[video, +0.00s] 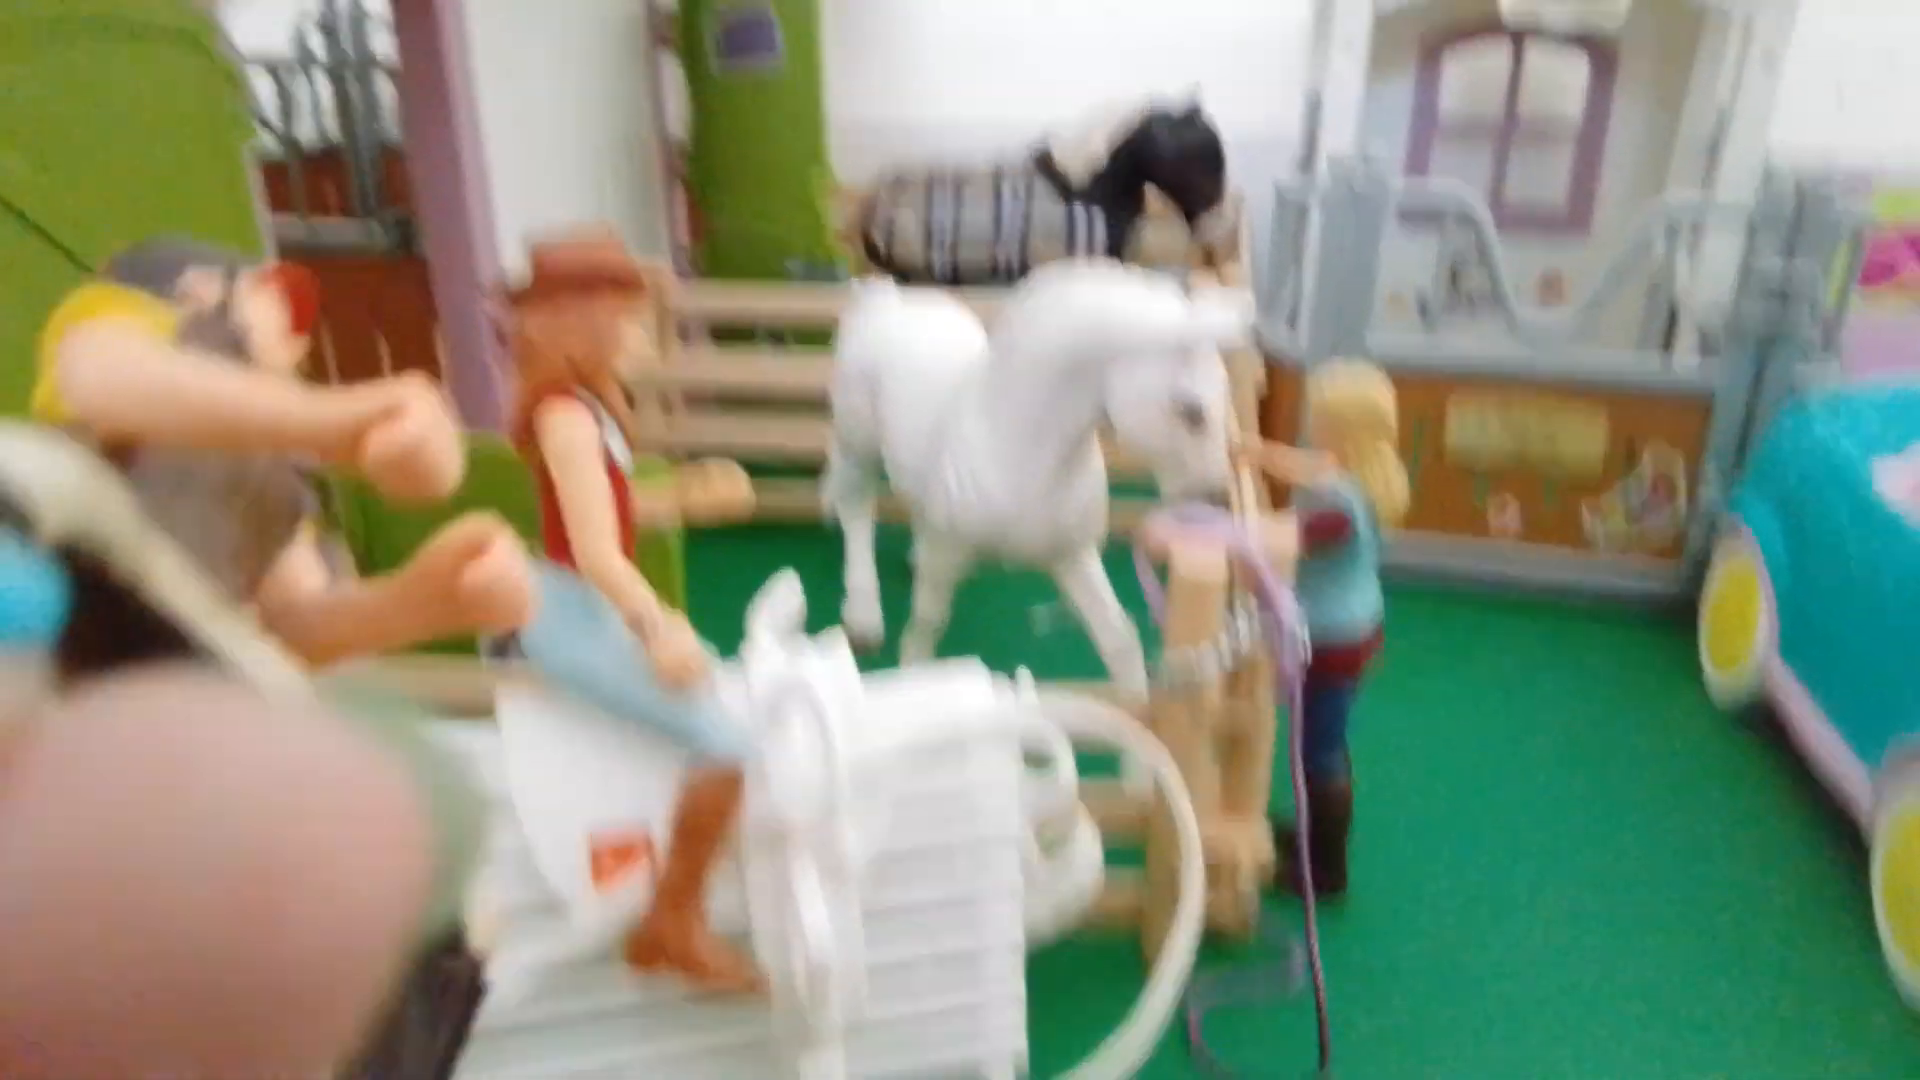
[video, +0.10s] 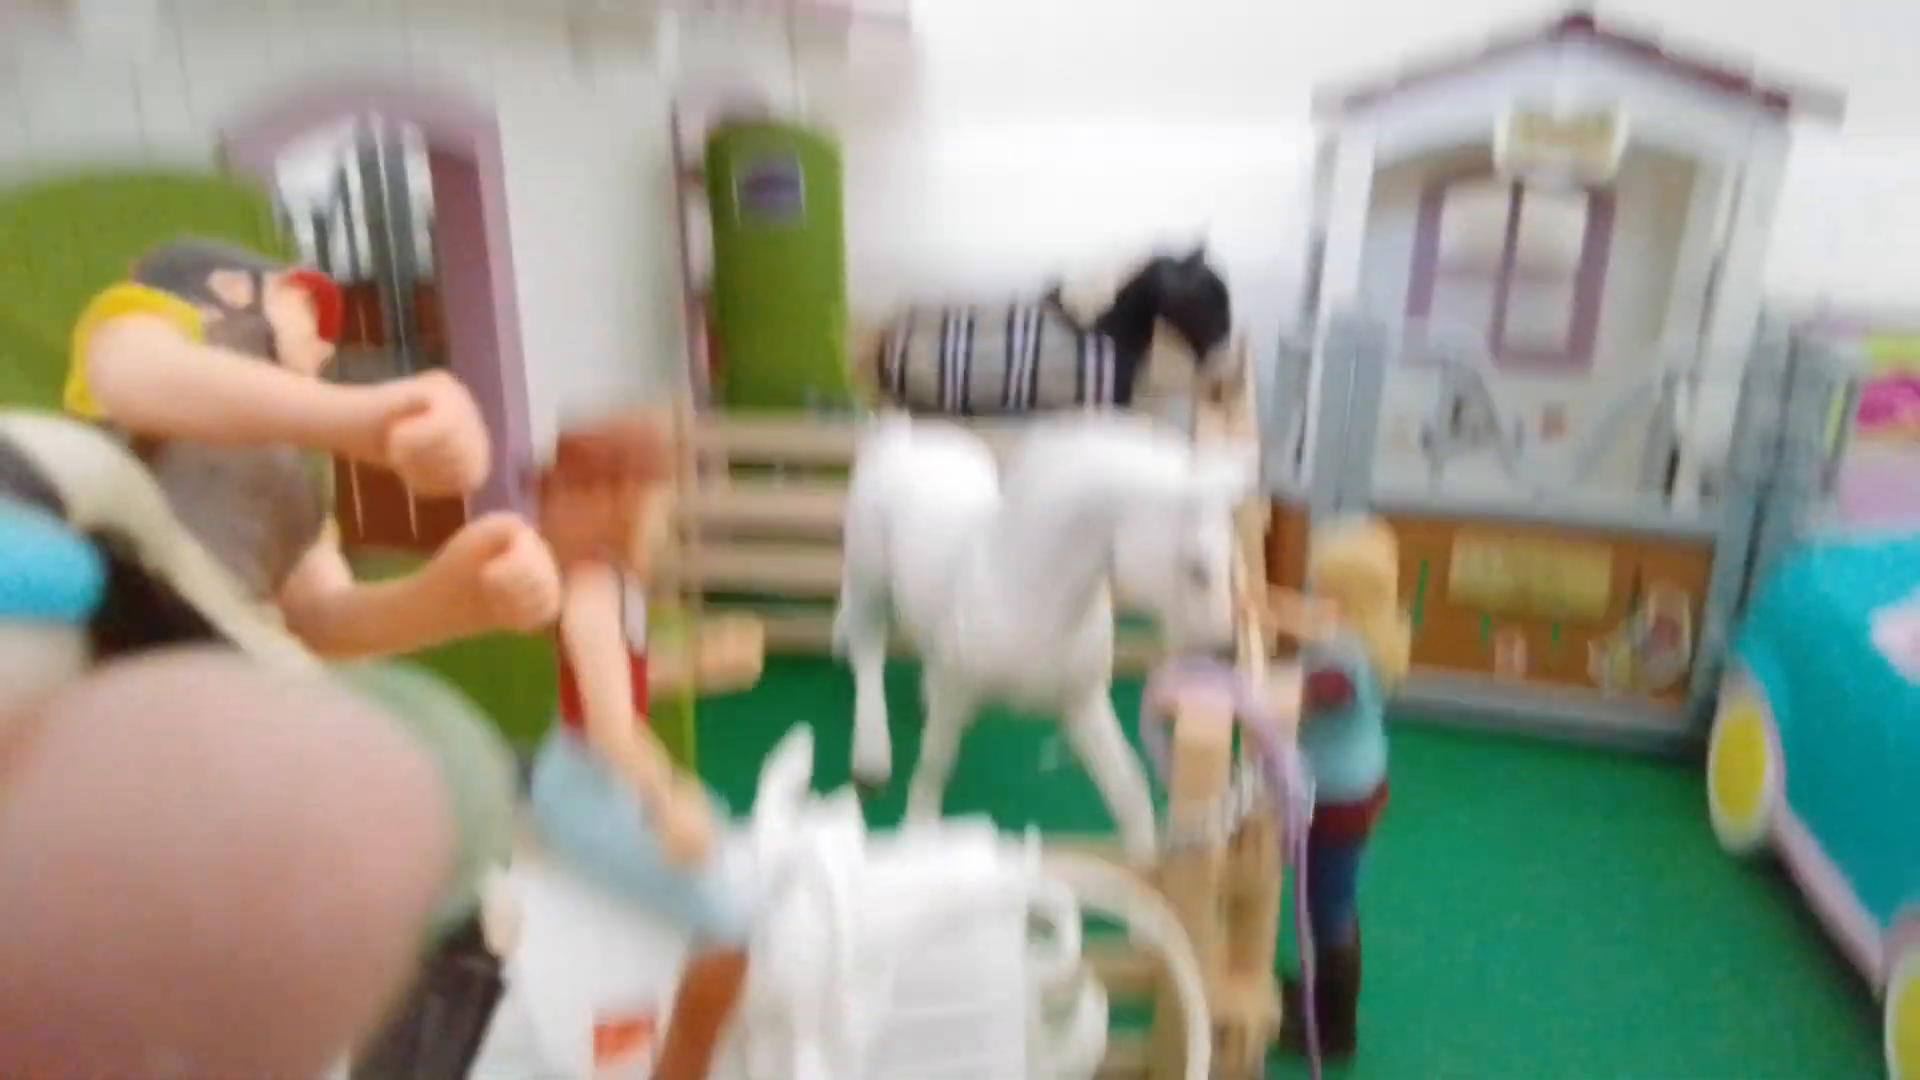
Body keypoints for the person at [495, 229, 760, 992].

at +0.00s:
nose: (631, 328)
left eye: (631, 311)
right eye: (618, 310)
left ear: (613, 317)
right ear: (565, 317)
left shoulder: (591, 406)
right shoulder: (565, 414)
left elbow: (612, 510)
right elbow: (594, 551)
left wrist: (686, 496)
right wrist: (659, 626)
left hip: (600, 619)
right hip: (571, 627)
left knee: (732, 722)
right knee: (724, 739)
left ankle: (676, 916)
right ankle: (674, 919)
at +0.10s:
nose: (659, 512)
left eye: (657, 493)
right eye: (649, 492)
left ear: (628, 497)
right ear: (612, 496)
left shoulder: (616, 582)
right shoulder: (592, 584)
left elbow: (624, 681)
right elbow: (609, 729)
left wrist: (696, 663)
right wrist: (669, 801)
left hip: (610, 781)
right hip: (582, 789)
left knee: (745, 881)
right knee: (731, 915)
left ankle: (687, 1051)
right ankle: (679, 1066)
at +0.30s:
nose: (677, 651)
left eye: (674, 638)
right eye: (667, 640)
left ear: (626, 649)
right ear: (629, 648)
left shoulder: (633, 719)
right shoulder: (607, 735)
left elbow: (638, 794)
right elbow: (629, 856)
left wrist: (708, 782)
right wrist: (683, 927)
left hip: (639, 884)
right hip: (607, 911)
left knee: (743, 939)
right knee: (752, 1029)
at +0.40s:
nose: (693, 617)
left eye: (691, 603)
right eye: (681, 605)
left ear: (651, 613)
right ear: (643, 614)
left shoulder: (653, 683)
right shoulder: (623, 696)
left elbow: (660, 758)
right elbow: (645, 816)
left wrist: (724, 745)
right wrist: (700, 881)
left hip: (663, 852)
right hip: (625, 872)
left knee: (759, 896)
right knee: (765, 982)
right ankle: (732, 1071)